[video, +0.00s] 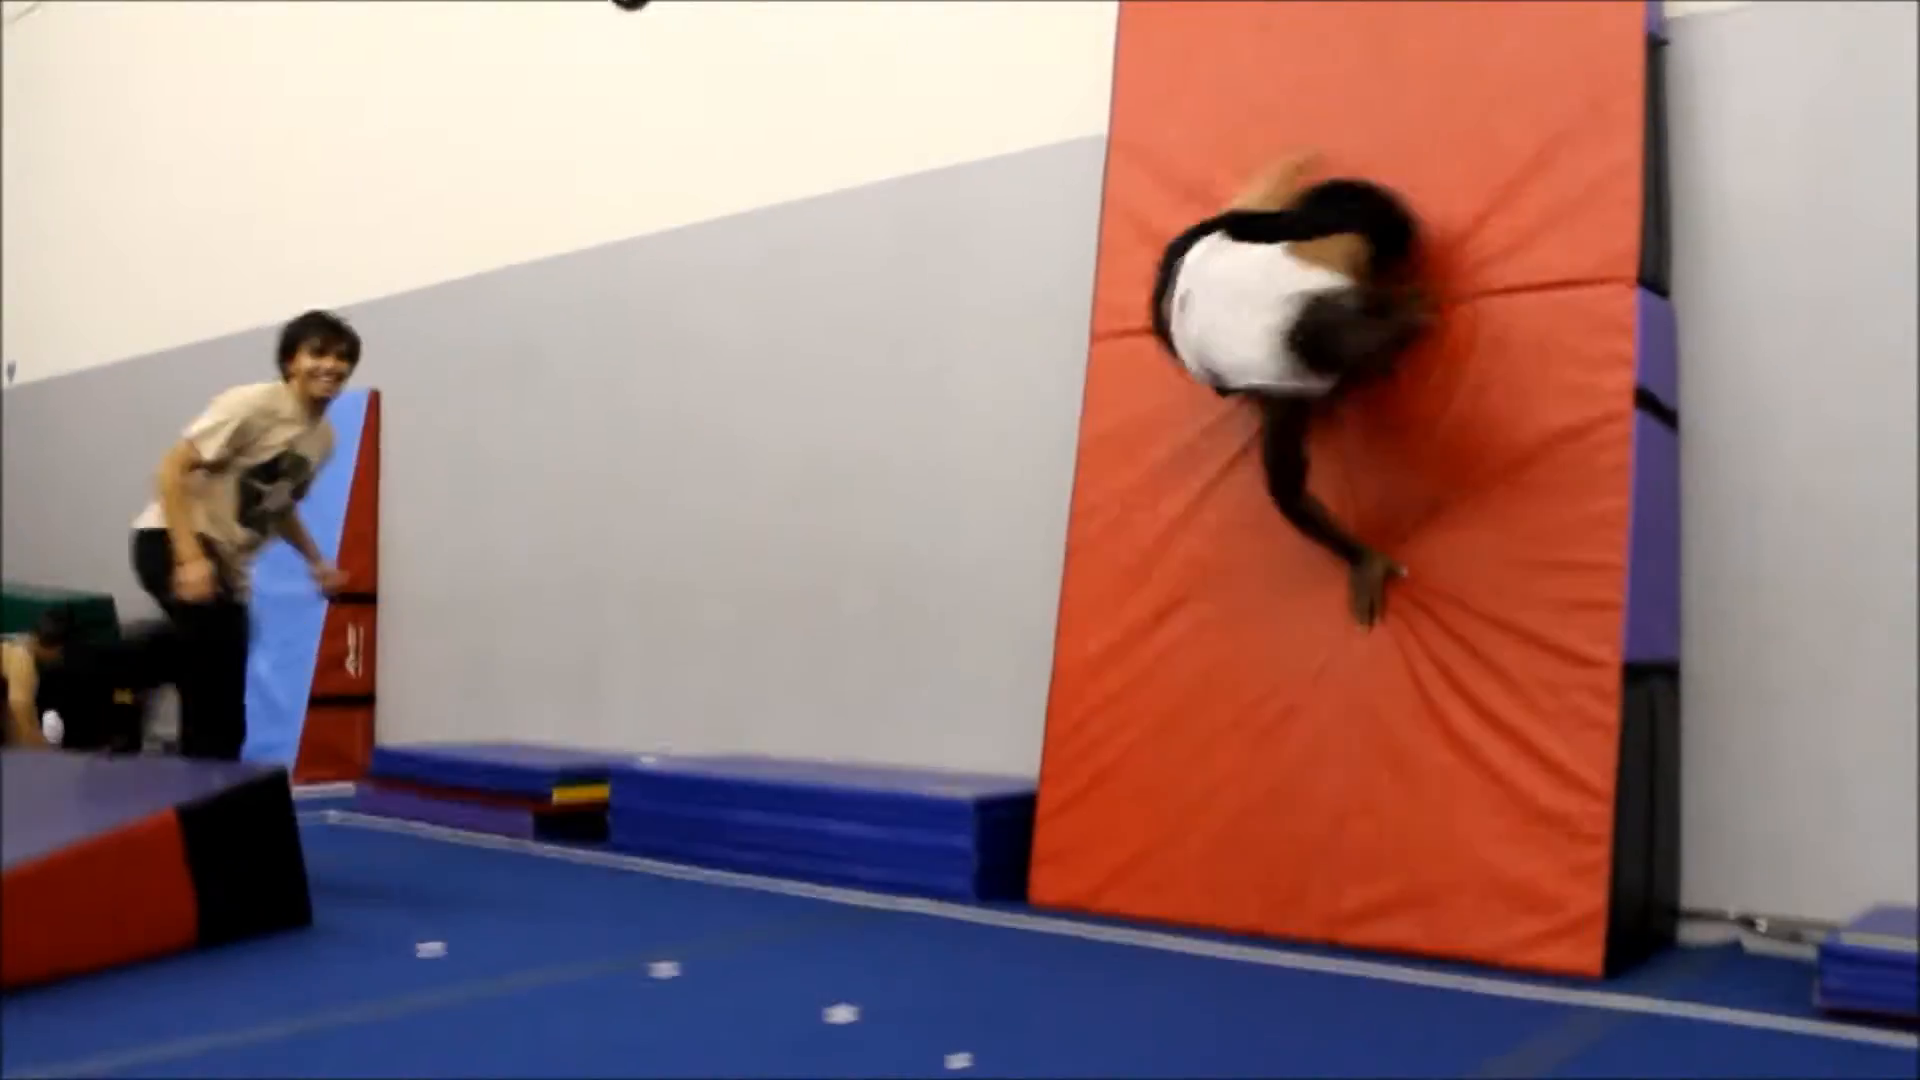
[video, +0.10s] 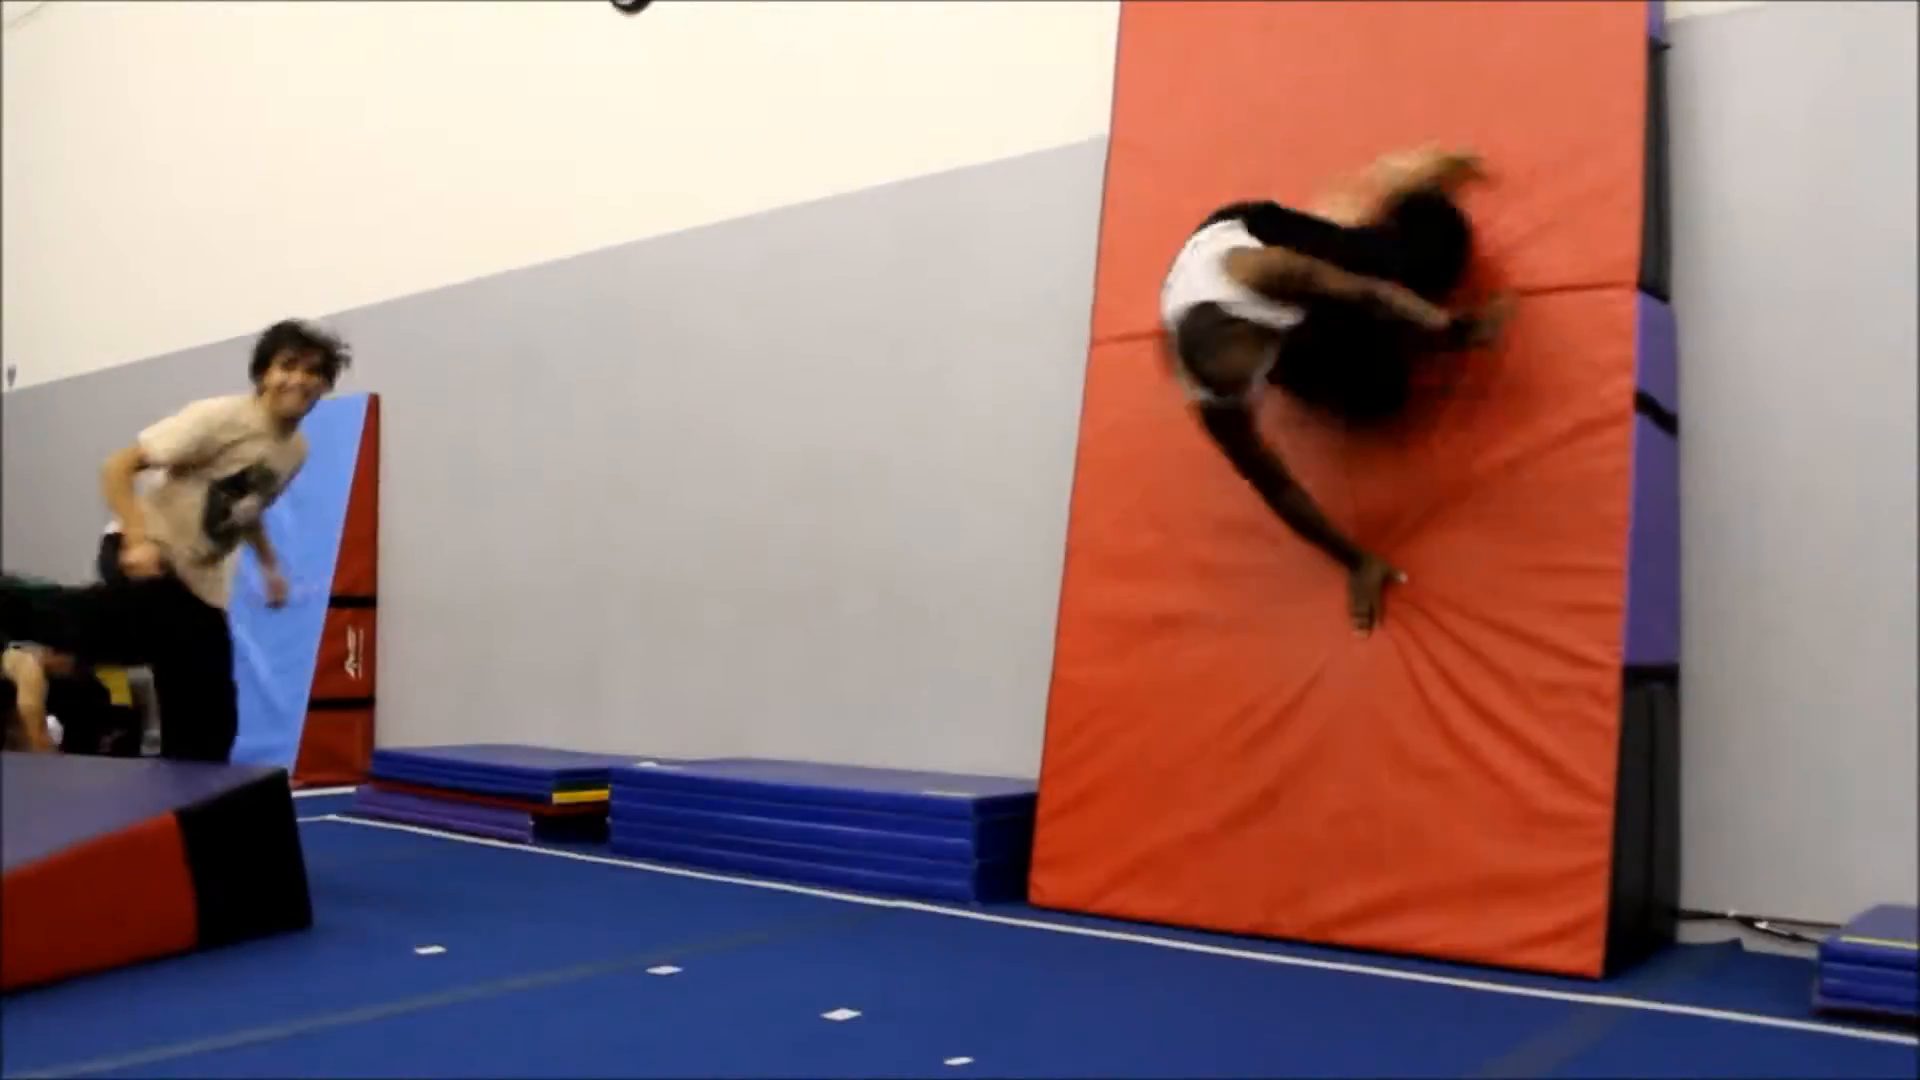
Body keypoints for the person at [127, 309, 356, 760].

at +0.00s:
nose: (329, 366)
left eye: (341, 357)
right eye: (317, 354)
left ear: (351, 369)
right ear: (290, 362)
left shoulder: (321, 439)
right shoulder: (252, 405)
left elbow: (276, 504)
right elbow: (173, 468)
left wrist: (316, 560)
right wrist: (189, 556)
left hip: (224, 557)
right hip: (172, 539)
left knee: (221, 671)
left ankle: (213, 786)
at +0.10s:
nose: (299, 380)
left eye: (313, 373)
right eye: (288, 368)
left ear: (324, 388)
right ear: (263, 374)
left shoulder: (295, 451)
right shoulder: (222, 419)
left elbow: (244, 505)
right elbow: (118, 467)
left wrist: (269, 564)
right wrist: (135, 537)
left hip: (203, 593)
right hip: (146, 559)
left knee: (205, 728)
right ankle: (18, 610)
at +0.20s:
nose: (259, 410)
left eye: (273, 403)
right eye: (249, 397)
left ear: (286, 418)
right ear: (227, 404)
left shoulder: (266, 483)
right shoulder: (185, 452)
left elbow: (226, 536)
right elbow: (80, 482)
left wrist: (239, 604)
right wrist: (91, 543)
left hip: (172, 635)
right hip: (112, 596)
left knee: (186, 760)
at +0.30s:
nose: (206, 429)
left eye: (220, 419)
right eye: (196, 416)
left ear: (235, 433)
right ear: (177, 424)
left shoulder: (228, 508)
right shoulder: (134, 467)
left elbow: (222, 576)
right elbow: (46, 492)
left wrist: (239, 641)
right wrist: (41, 550)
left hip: (145, 653)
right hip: (73, 612)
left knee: (167, 774)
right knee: (28, 606)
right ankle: (17, 725)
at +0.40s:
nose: (126, 430)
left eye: (142, 419)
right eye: (116, 414)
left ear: (160, 418)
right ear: (102, 403)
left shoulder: (174, 481)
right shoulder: (60, 449)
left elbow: (212, 555)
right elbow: (3, 472)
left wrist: (240, 615)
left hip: (111, 642)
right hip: (28, 611)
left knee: (127, 768)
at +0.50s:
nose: (27, 384)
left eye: (42, 372)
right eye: (18, 368)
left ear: (63, 366)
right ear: (4, 356)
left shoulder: (81, 417)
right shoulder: (3, 404)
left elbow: (156, 498)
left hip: (66, 604)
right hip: (4, 596)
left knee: (112, 744)